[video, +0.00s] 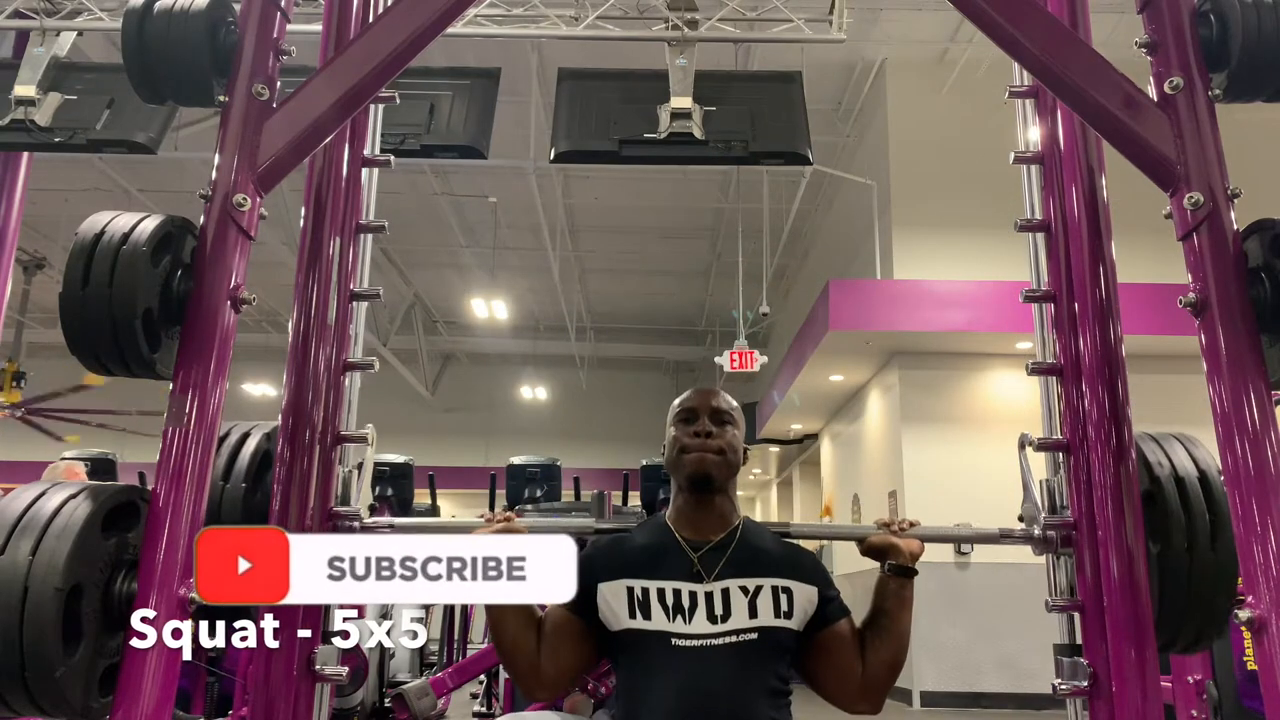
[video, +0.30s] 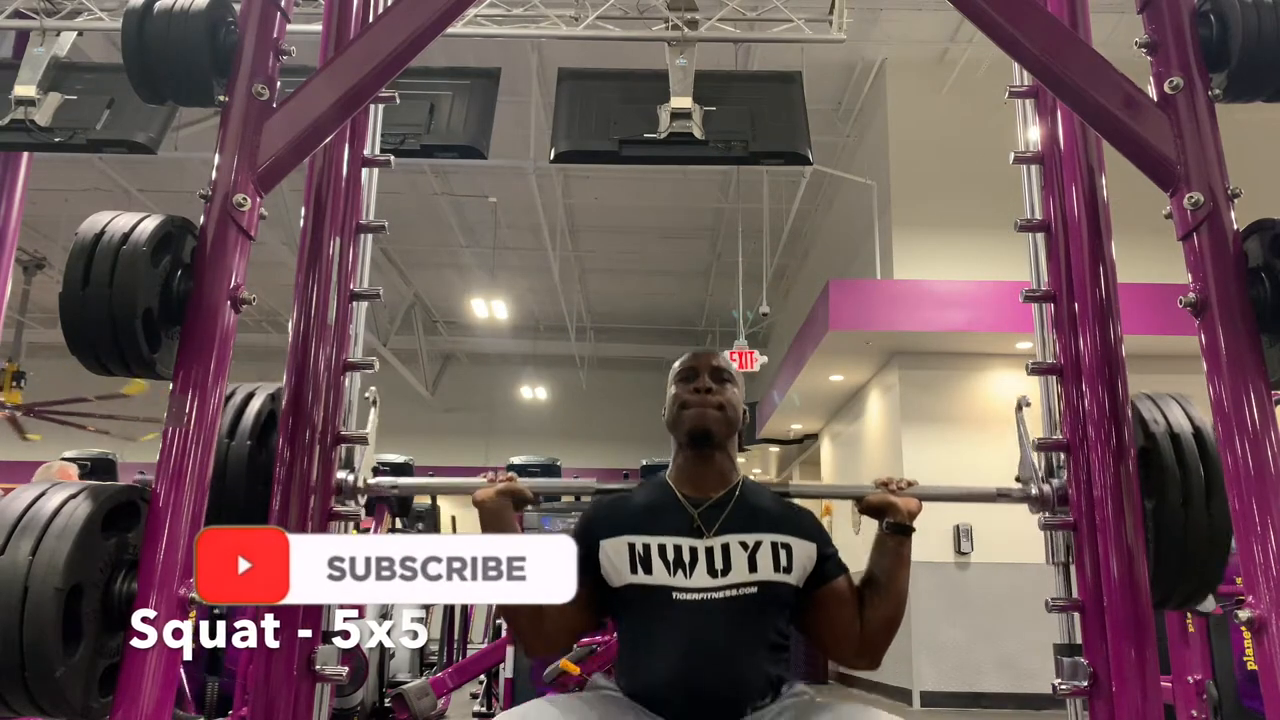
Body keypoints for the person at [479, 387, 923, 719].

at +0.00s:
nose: (705, 430)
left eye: (721, 422)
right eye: (688, 421)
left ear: (744, 454)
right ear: (665, 450)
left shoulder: (793, 569)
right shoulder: (607, 563)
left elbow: (862, 692)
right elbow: (539, 679)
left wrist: (899, 573)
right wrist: (495, 570)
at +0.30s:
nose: (703, 383)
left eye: (720, 379)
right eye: (686, 379)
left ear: (743, 420)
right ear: (667, 418)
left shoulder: (793, 525)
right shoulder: (610, 517)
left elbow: (861, 649)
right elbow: (544, 640)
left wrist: (895, 533)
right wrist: (503, 533)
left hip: (767, 703)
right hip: (636, 703)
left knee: (896, 716)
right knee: (517, 717)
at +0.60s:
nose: (702, 328)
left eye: (719, 323)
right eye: (686, 325)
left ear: (740, 357)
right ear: (665, 359)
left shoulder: (789, 463)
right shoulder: (611, 459)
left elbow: (857, 583)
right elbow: (544, 565)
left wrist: (893, 471)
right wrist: (500, 459)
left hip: (769, 671)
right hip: (635, 668)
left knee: (888, 716)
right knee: (519, 715)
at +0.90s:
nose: (704, 224)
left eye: (722, 225)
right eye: (690, 222)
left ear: (742, 265)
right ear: (669, 260)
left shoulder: (788, 362)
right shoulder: (617, 360)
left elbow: (856, 478)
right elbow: (549, 464)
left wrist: (887, 378)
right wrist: (506, 363)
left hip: (772, 590)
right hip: (633, 587)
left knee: (866, 715)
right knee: (541, 713)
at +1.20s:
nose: (707, 180)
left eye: (724, 176)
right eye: (691, 174)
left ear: (743, 212)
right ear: (670, 210)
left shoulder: (789, 312)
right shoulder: (617, 309)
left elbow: (855, 427)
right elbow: (545, 414)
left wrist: (885, 327)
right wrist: (507, 310)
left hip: (773, 533)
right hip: (639, 529)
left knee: (821, 709)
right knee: (595, 706)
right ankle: (676, 706)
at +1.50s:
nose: (707, 182)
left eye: (724, 178)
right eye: (692, 176)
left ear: (744, 214)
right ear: (669, 212)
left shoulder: (789, 318)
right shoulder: (617, 311)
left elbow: (856, 430)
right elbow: (547, 416)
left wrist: (886, 331)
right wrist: (507, 313)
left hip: (774, 538)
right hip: (637, 532)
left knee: (821, 710)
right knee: (588, 707)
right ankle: (674, 706)